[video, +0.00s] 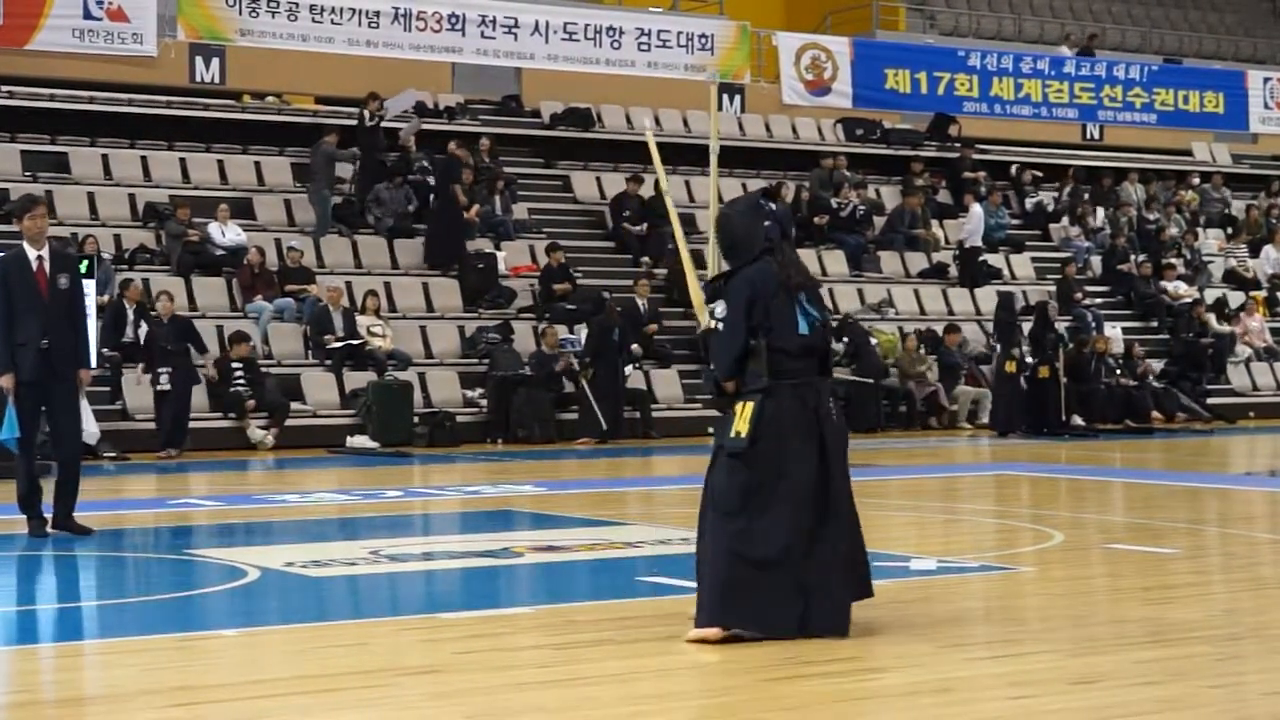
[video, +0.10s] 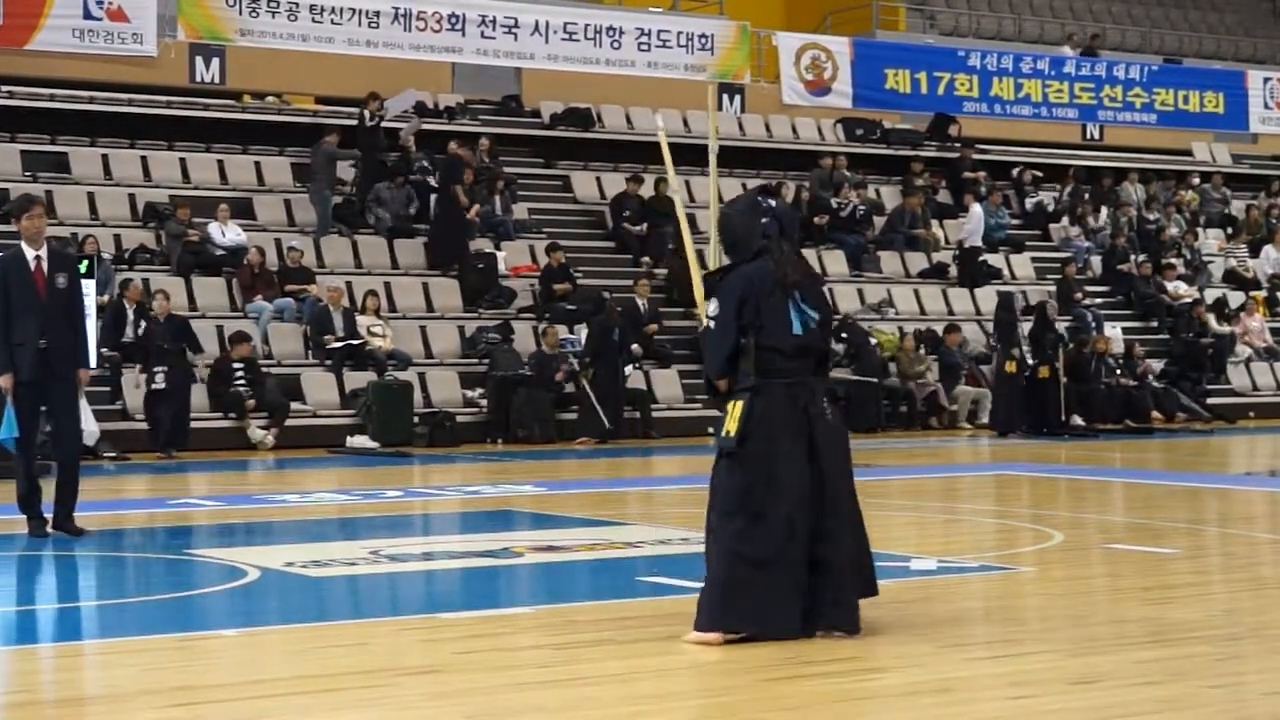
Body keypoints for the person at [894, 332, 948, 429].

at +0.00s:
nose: (913, 343)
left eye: (914, 341)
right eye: (910, 341)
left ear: (917, 343)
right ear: (905, 344)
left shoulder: (920, 356)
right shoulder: (901, 358)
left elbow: (929, 364)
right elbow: (908, 372)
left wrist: (922, 369)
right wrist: (924, 369)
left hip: (922, 380)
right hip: (909, 380)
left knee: (935, 389)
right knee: (911, 386)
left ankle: (932, 418)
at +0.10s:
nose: (910, 343)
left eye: (912, 340)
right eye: (907, 341)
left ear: (914, 342)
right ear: (902, 344)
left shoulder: (917, 355)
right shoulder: (901, 356)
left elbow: (927, 363)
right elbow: (907, 373)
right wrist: (924, 367)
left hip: (921, 380)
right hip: (908, 381)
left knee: (933, 390)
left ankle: (933, 418)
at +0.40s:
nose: (911, 343)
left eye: (913, 340)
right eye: (908, 340)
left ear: (916, 342)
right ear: (902, 344)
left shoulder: (921, 357)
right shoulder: (900, 357)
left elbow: (927, 371)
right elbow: (905, 373)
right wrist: (922, 370)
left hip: (922, 380)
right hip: (909, 381)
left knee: (935, 388)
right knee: (912, 386)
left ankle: (933, 418)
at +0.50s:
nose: (913, 343)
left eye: (914, 340)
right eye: (910, 340)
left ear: (917, 343)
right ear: (904, 343)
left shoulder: (920, 357)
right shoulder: (899, 358)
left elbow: (928, 371)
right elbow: (903, 375)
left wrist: (927, 372)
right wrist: (920, 372)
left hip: (923, 381)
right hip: (909, 383)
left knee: (935, 389)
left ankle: (934, 418)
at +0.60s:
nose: (913, 343)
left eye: (915, 340)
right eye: (910, 340)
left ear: (916, 342)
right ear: (904, 343)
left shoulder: (920, 356)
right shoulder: (900, 358)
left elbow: (930, 371)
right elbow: (906, 375)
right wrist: (925, 374)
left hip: (924, 381)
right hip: (911, 383)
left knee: (935, 389)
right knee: (936, 388)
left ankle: (934, 418)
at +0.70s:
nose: (914, 343)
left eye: (915, 340)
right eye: (910, 340)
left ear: (917, 342)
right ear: (904, 343)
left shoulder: (920, 356)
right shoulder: (900, 357)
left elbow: (929, 372)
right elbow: (906, 374)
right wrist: (925, 376)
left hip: (924, 381)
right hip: (910, 382)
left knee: (935, 389)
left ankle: (934, 418)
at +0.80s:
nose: (913, 343)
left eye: (915, 340)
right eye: (910, 340)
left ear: (917, 342)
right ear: (904, 343)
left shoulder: (920, 356)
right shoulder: (901, 357)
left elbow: (929, 371)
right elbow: (905, 374)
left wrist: (926, 377)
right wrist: (924, 377)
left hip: (924, 382)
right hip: (911, 382)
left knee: (934, 391)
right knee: (936, 388)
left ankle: (934, 418)